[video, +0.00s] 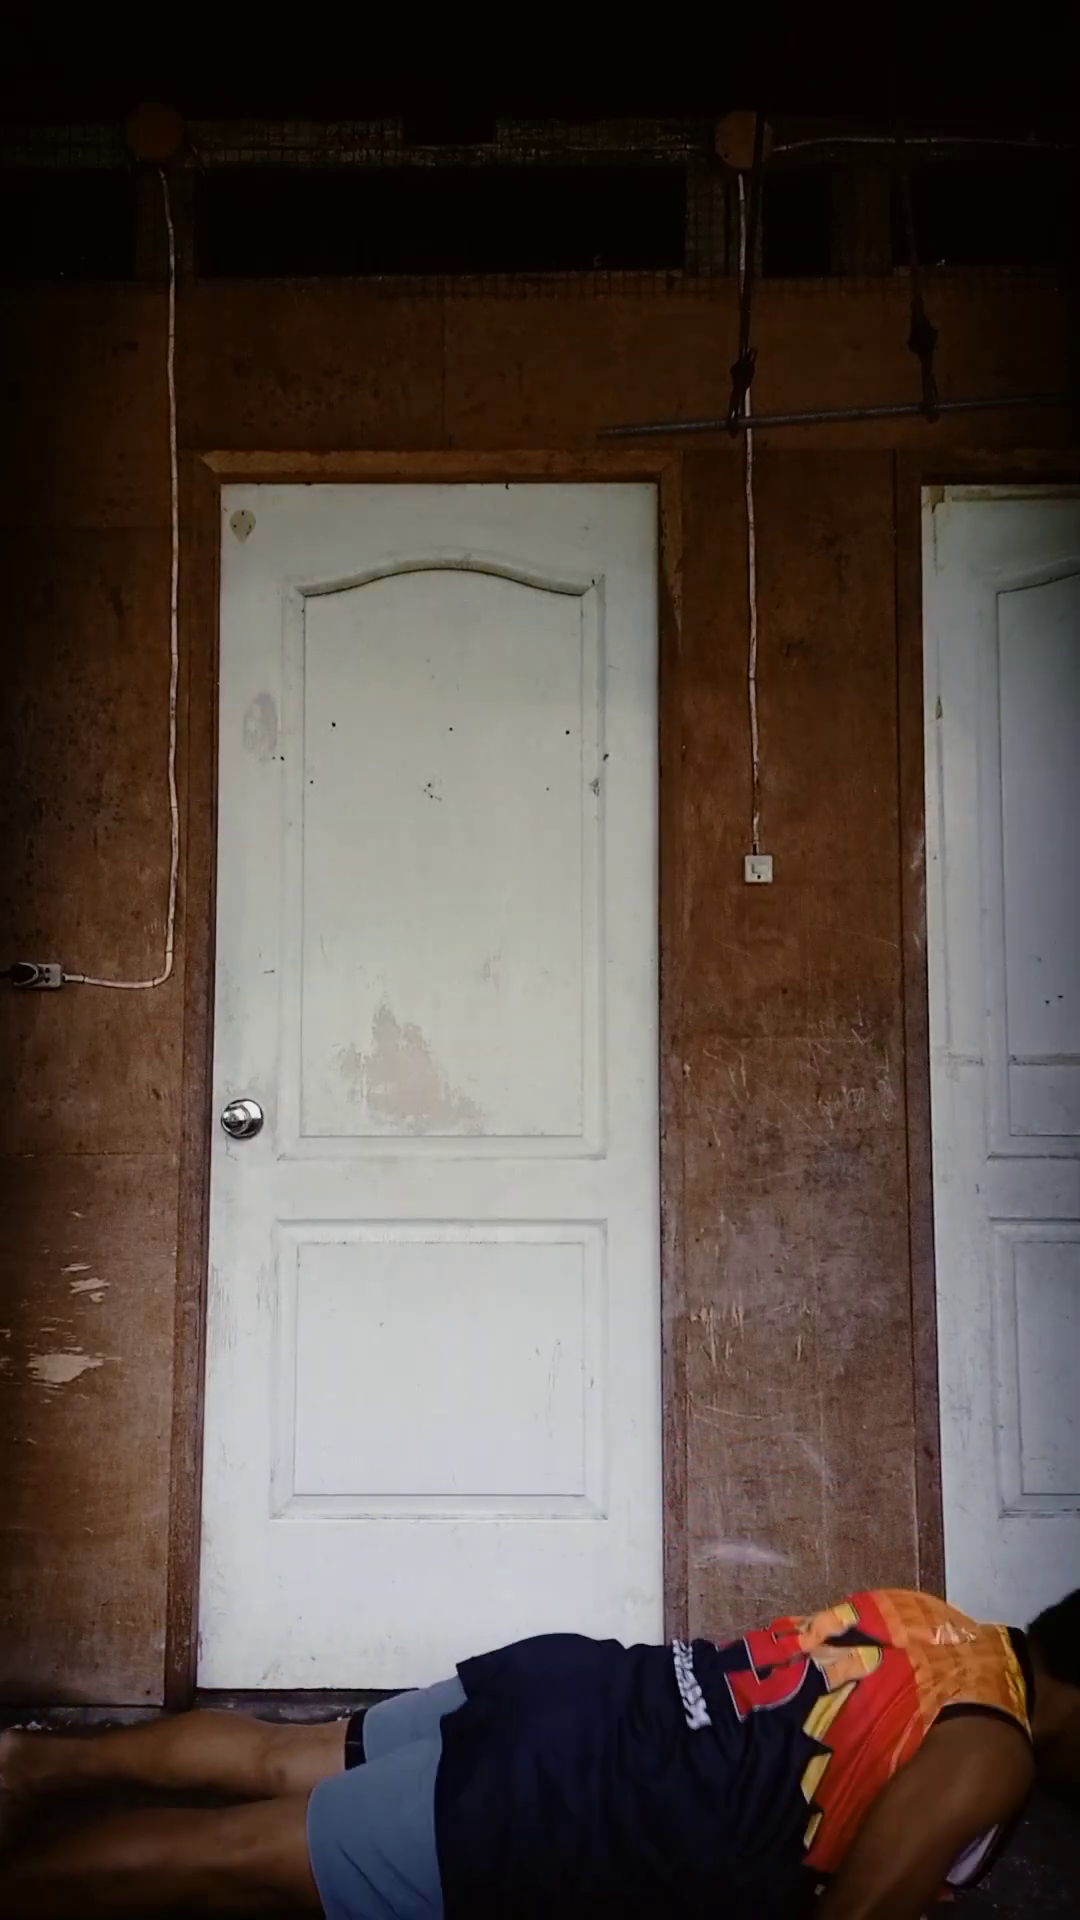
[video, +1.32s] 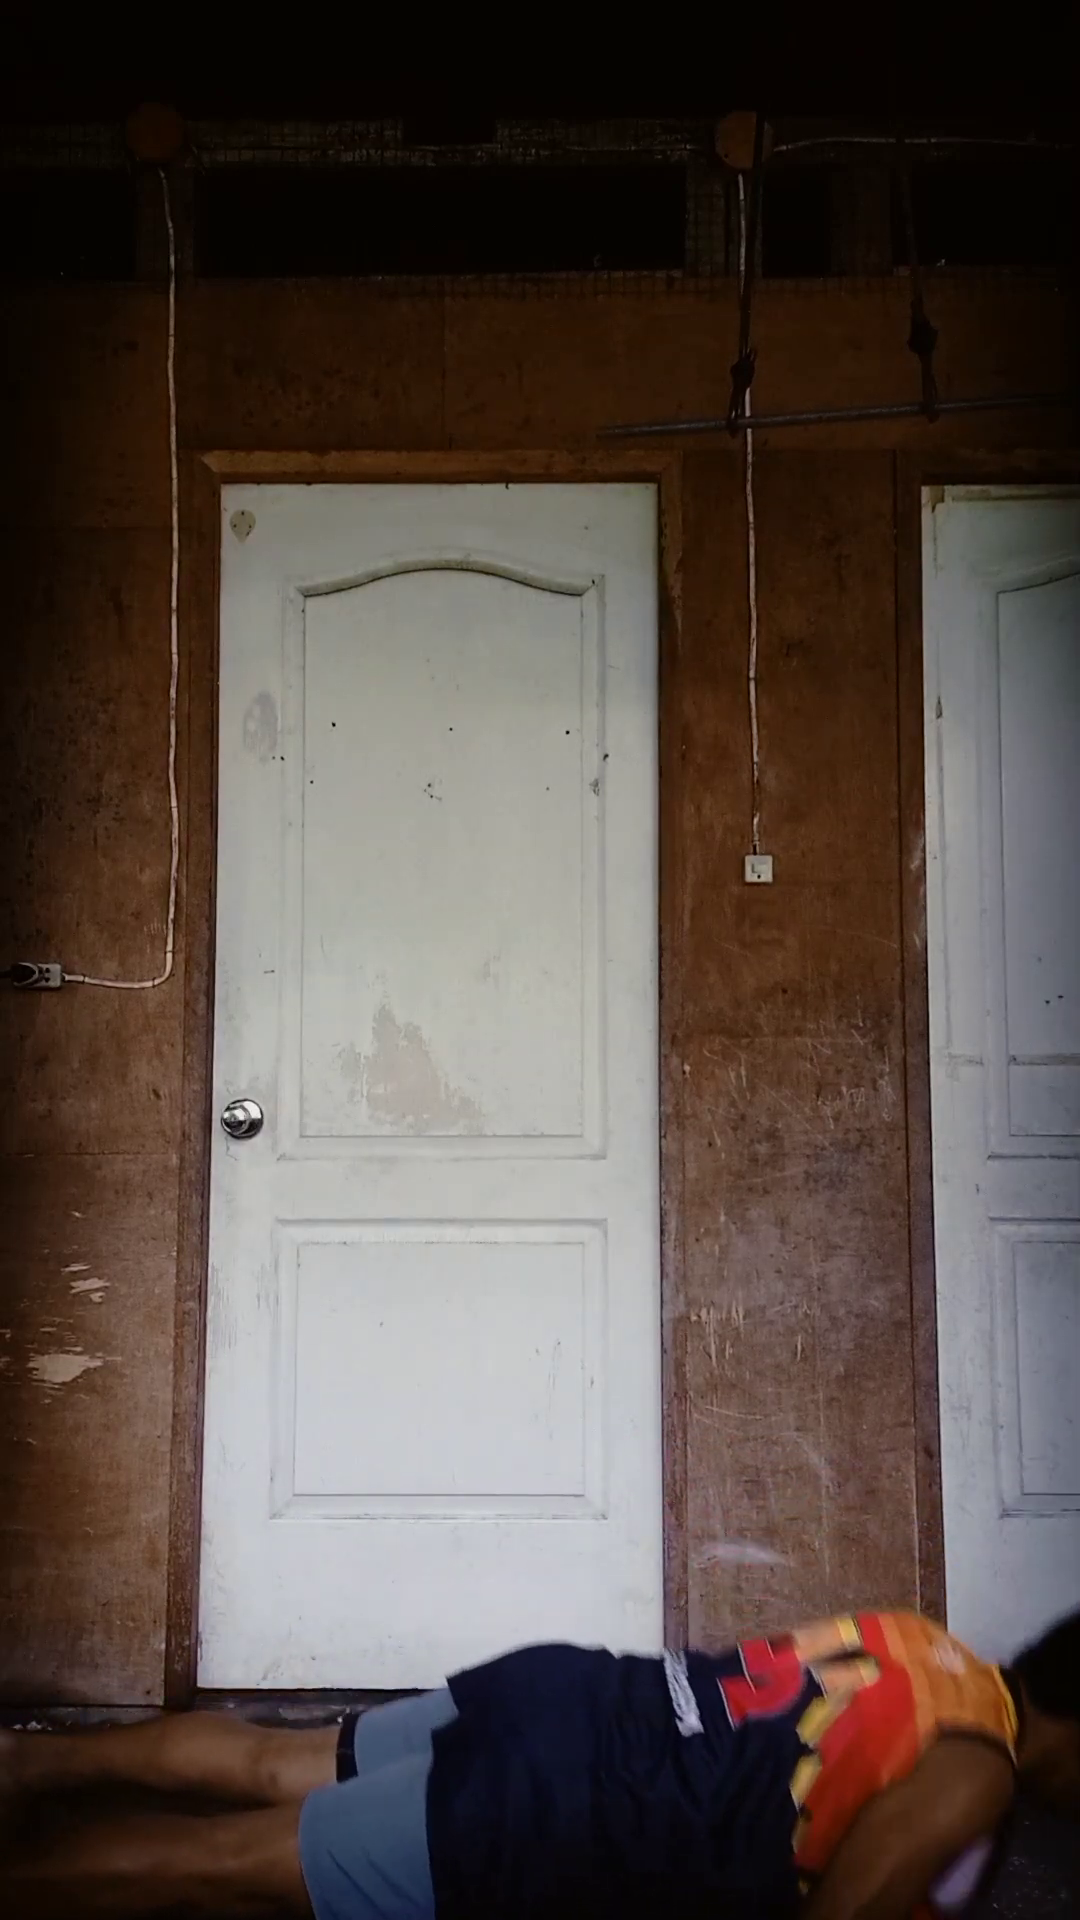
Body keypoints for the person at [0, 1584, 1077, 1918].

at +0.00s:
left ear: (1041, 1624)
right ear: (1078, 1696)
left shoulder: (924, 1612)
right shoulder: (989, 1748)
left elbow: (784, 1708)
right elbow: (862, 1903)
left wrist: (908, 1840)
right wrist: (948, 1875)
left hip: (565, 1683)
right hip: (548, 1812)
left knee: (291, 1753)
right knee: (238, 1861)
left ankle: (40, 1760)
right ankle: (27, 1866)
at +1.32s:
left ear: (1042, 1652)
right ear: (1078, 1729)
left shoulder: (919, 1637)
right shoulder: (966, 1769)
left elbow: (772, 1711)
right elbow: (844, 1900)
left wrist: (910, 1842)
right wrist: (947, 1879)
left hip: (558, 1690)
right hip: (537, 1815)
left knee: (283, 1762)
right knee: (222, 1869)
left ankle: (26, 1759)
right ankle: (20, 1863)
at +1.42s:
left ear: (1033, 1684)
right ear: (1069, 1761)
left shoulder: (935, 1694)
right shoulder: (989, 1819)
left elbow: (764, 1721)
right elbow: (840, 1893)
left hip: (588, 1712)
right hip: (584, 1827)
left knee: (288, 1769)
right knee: (256, 1870)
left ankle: (26, 1754)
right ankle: (23, 1869)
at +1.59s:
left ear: (1024, 1777)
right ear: (1046, 1845)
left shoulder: (944, 1761)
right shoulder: (1002, 1861)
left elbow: (777, 1688)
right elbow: (838, 1904)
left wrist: (864, 1783)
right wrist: (892, 1810)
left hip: (584, 1748)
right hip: (582, 1864)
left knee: (298, 1792)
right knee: (236, 1882)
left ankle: (44, 1753)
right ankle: (35, 1877)